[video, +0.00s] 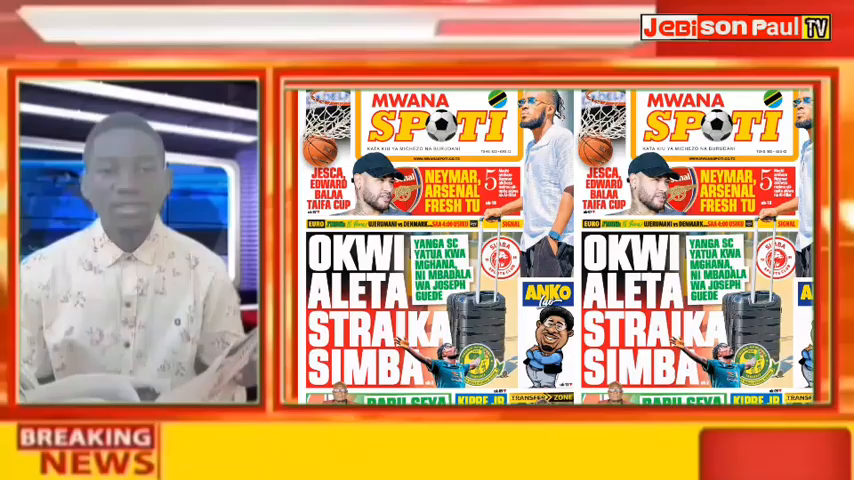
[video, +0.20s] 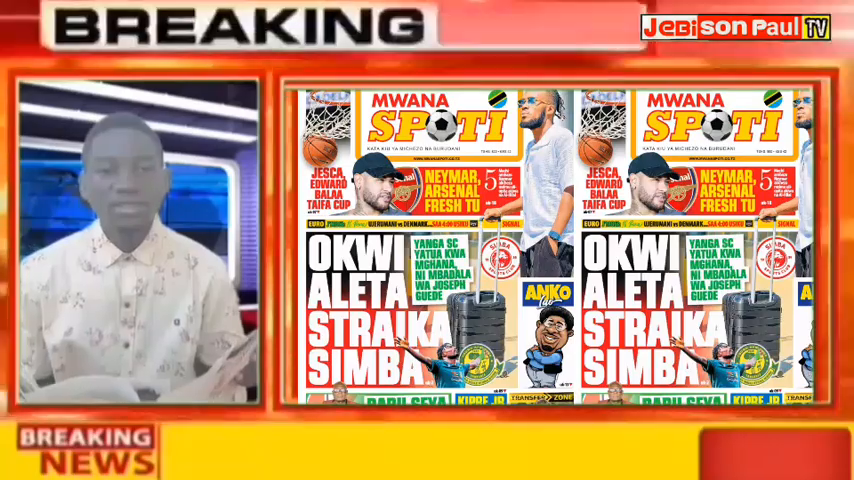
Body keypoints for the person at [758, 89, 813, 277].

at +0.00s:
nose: (799, 107)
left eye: (807, 101)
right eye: (797, 102)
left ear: (820, 107)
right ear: (794, 109)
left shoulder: (827, 148)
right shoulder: (806, 149)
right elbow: (805, 197)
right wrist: (777, 211)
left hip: (821, 240)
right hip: (804, 239)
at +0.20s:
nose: (799, 107)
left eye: (807, 101)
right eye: (797, 102)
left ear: (821, 107)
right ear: (794, 109)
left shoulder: (827, 148)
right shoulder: (806, 149)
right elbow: (805, 197)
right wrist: (777, 211)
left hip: (821, 240)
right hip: (803, 239)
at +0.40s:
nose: (799, 107)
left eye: (806, 101)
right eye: (797, 102)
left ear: (820, 107)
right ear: (794, 109)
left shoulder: (826, 149)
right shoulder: (806, 149)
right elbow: (805, 197)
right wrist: (777, 211)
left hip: (819, 240)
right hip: (804, 239)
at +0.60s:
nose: (799, 107)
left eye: (806, 101)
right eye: (797, 103)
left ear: (819, 107)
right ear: (794, 110)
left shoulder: (826, 148)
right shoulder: (806, 149)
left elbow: (830, 192)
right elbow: (805, 196)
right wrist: (776, 211)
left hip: (819, 239)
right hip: (803, 239)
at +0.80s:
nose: (799, 108)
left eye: (806, 101)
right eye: (797, 103)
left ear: (820, 107)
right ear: (794, 109)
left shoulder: (826, 148)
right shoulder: (806, 149)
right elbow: (805, 196)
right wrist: (777, 211)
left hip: (819, 240)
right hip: (803, 239)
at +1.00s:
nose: (799, 108)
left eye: (806, 102)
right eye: (797, 103)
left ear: (819, 107)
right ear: (794, 110)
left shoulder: (827, 148)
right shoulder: (806, 149)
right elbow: (805, 196)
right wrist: (776, 211)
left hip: (819, 239)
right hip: (803, 239)